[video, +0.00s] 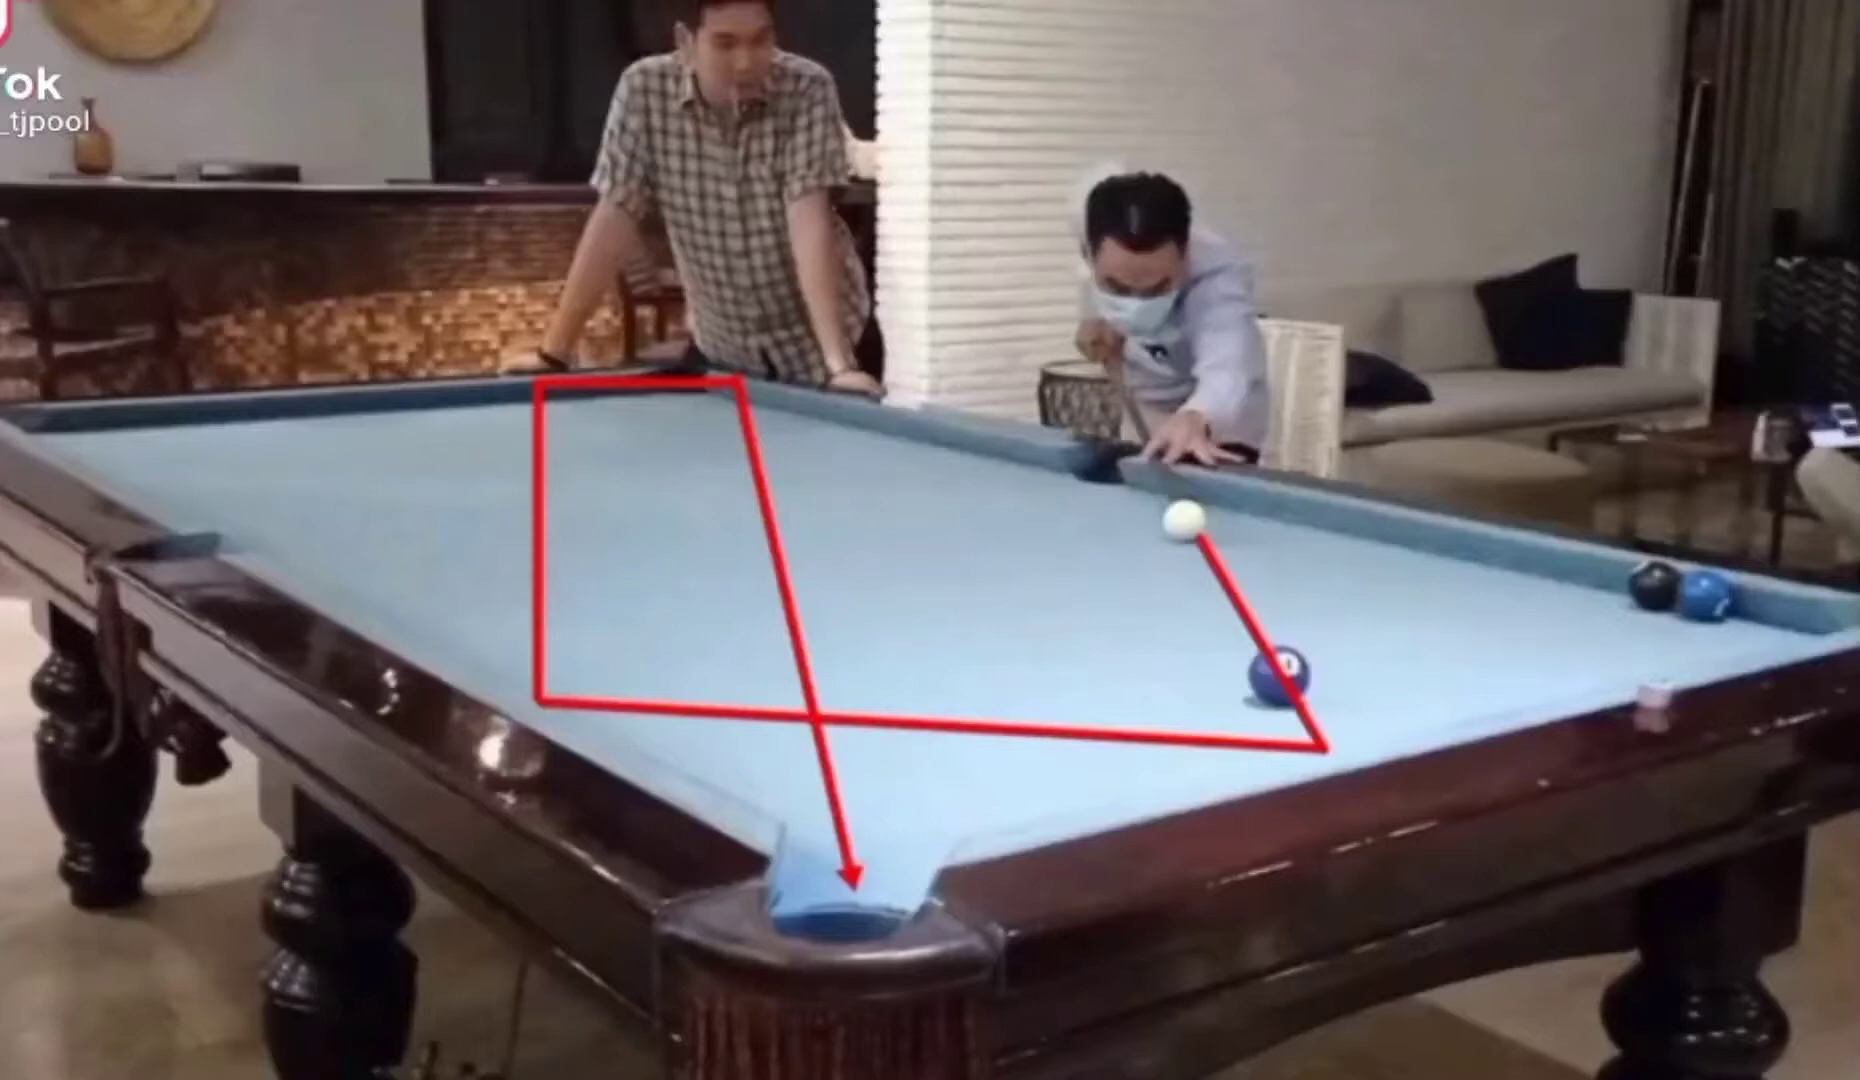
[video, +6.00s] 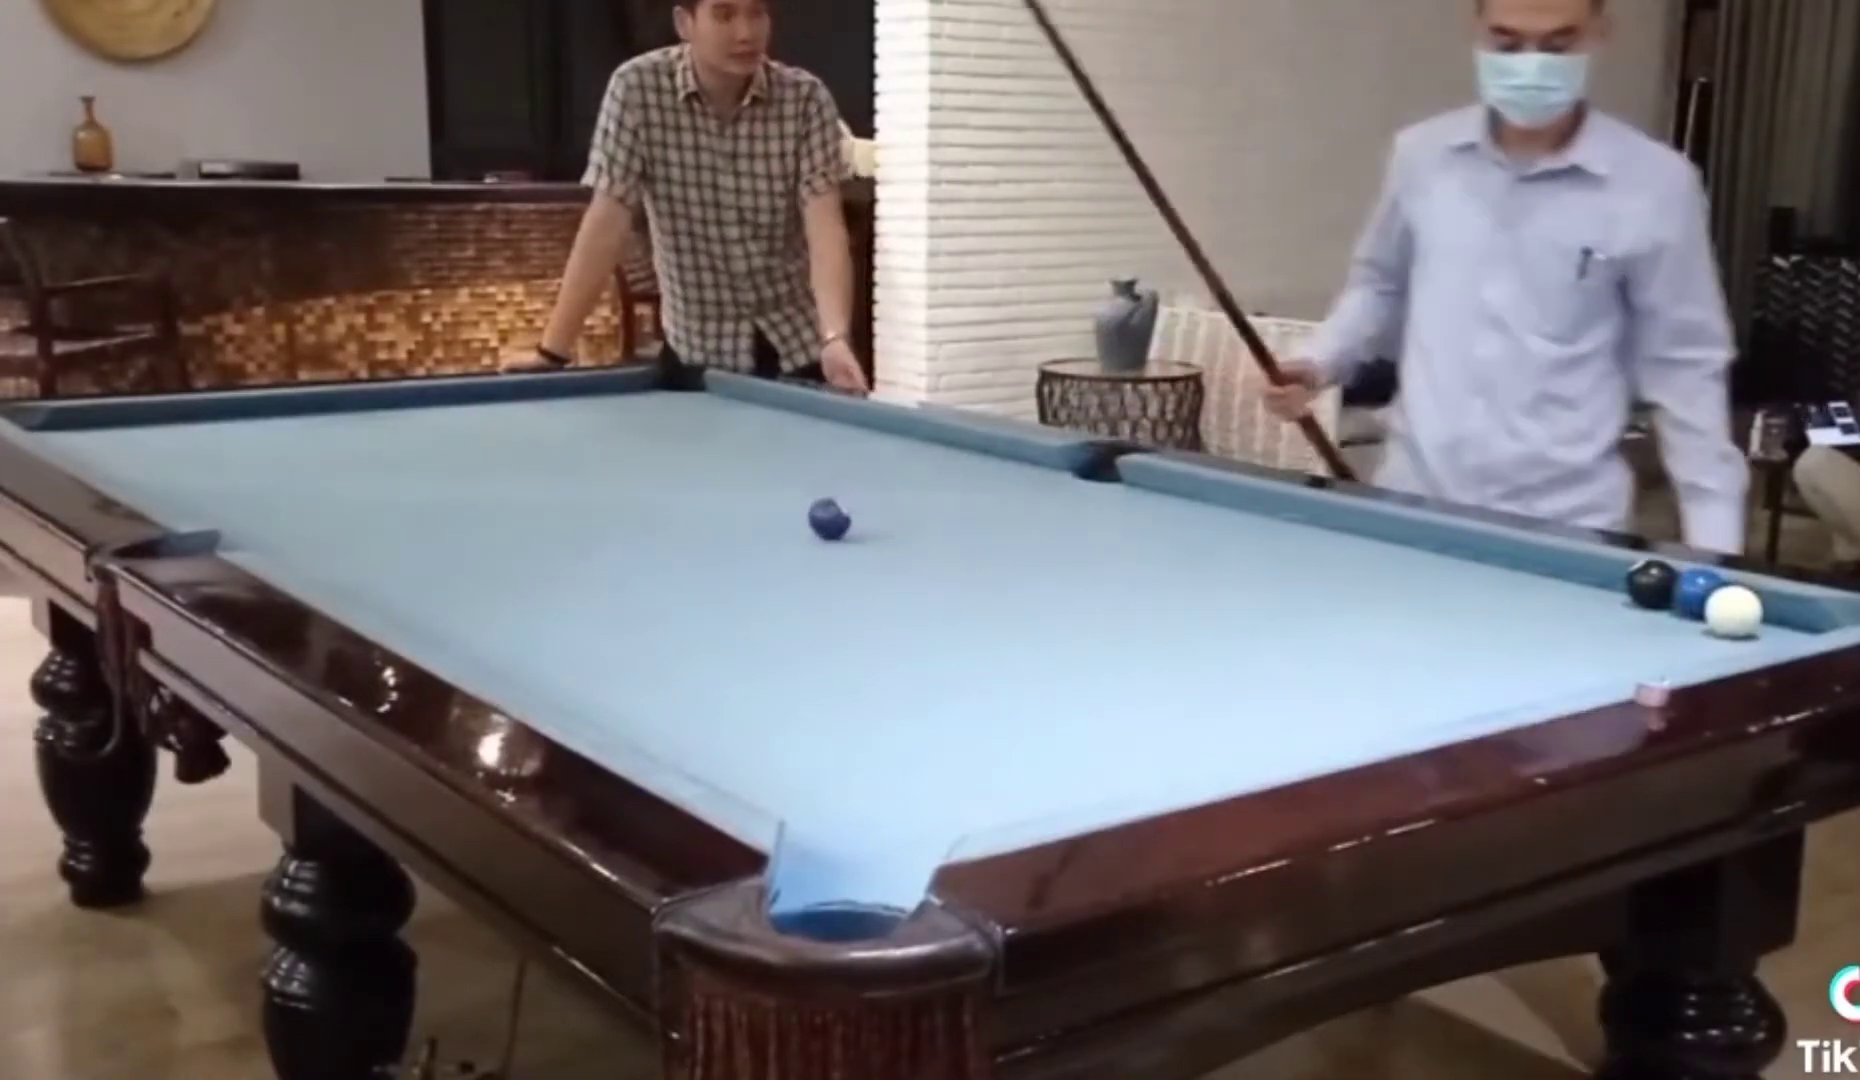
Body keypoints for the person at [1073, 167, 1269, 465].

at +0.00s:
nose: (1136, 307)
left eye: (1156, 291)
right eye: (1117, 289)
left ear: (1184, 257)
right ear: (1089, 257)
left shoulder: (1216, 275)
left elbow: (1229, 365)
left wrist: (1195, 415)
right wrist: (1093, 331)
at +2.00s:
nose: (1135, 308)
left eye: (1156, 291)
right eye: (1117, 290)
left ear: (1184, 258)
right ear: (1087, 255)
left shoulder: (1217, 271)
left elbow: (1232, 363)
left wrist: (1195, 415)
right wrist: (1085, 317)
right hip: (1136, 412)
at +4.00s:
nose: (1154, 64)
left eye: (1172, 44)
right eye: (1136, 49)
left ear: (1202, 49)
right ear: (1119, 56)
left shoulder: (1252, 161)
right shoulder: (1098, 153)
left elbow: (1274, 301)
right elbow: (1072, 258)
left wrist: (1284, 426)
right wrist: (1064, 338)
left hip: (1199, 422)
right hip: (1102, 417)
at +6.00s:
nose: (1529, 70)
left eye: (1557, 46)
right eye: (1506, 44)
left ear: (1594, 41)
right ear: (1476, 39)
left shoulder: (1655, 186)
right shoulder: (1421, 156)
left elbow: (1688, 372)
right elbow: (1378, 288)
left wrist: (1712, 548)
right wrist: (1318, 361)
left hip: (1565, 528)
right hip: (1416, 510)